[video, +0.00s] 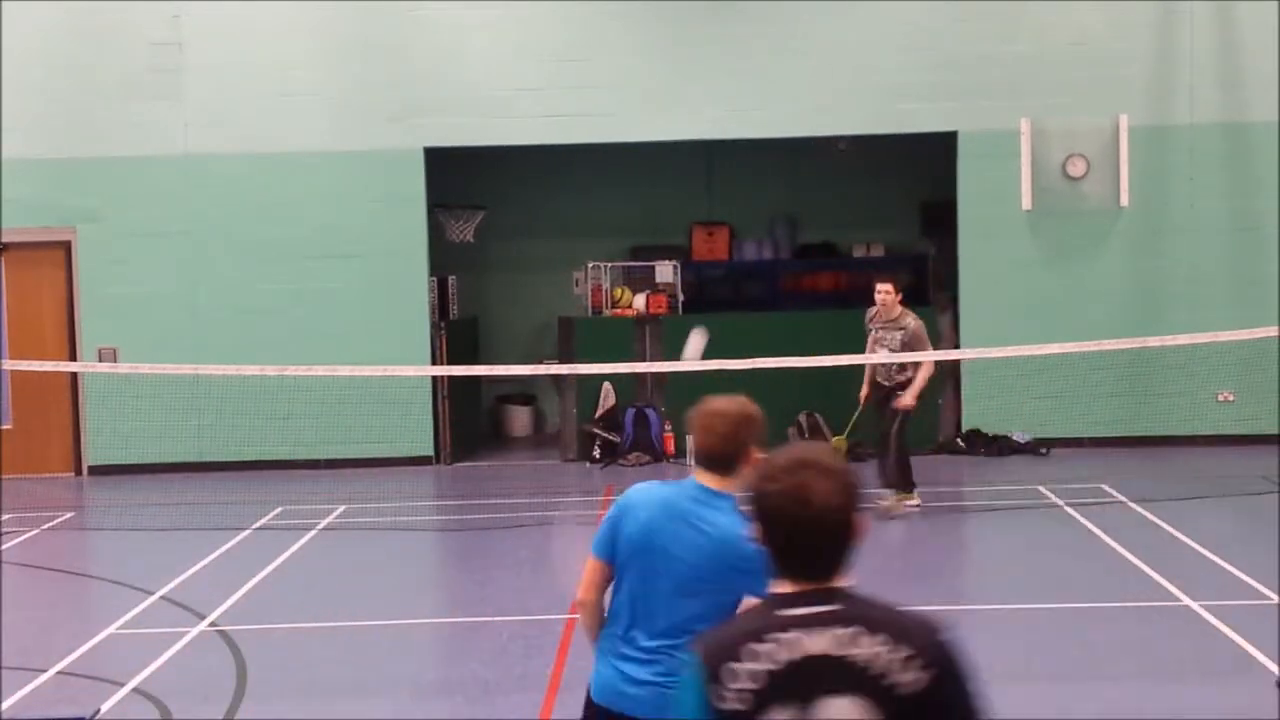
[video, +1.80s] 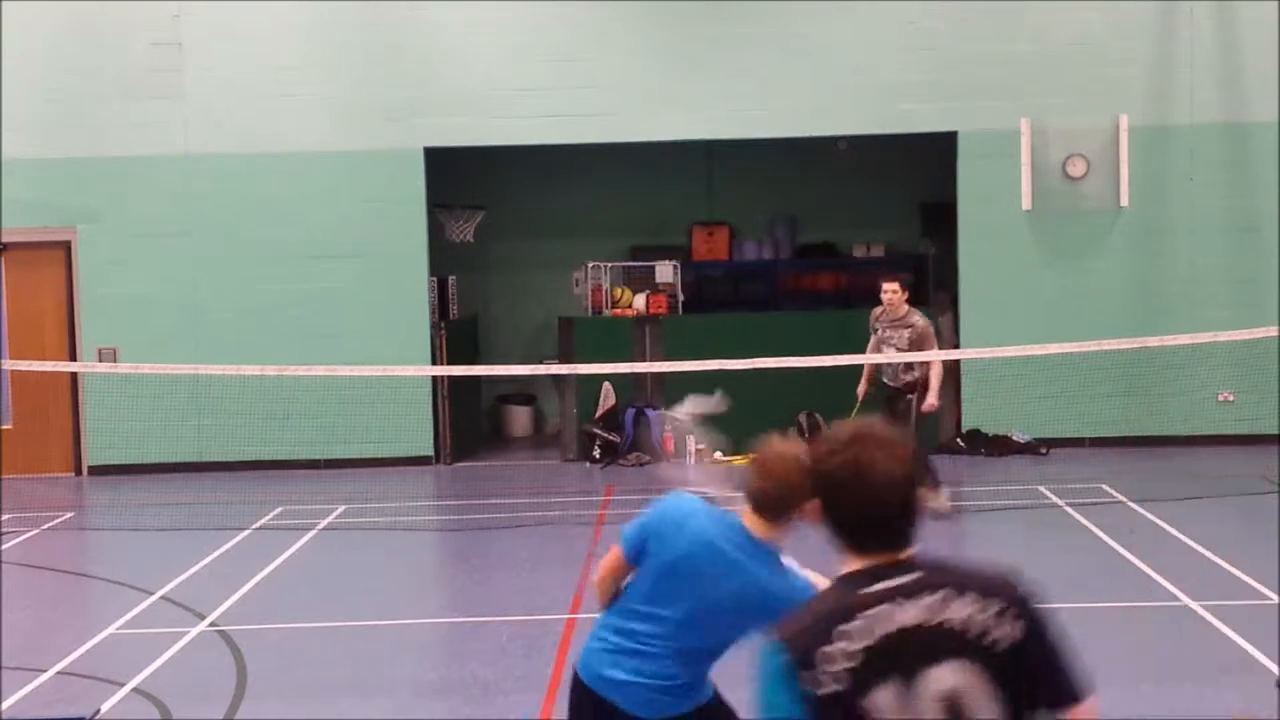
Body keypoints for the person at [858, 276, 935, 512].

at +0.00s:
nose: (881, 297)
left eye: (887, 293)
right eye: (878, 292)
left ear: (898, 297)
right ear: (874, 296)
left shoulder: (912, 325)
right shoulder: (872, 316)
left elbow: (928, 363)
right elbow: (871, 349)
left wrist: (911, 393)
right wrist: (866, 383)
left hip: (904, 386)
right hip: (880, 385)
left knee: (892, 434)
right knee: (887, 435)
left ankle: (899, 490)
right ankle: (905, 491)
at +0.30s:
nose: (902, 295)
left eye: (907, 290)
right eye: (898, 290)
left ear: (918, 294)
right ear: (894, 294)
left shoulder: (934, 323)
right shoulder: (889, 320)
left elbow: (949, 362)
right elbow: (880, 356)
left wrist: (948, 395)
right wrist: (865, 390)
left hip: (928, 390)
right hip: (899, 388)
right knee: (897, 435)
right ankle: (899, 484)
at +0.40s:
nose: (907, 290)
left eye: (912, 286)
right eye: (903, 286)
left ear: (922, 289)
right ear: (898, 290)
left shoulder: (939, 318)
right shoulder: (891, 317)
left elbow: (953, 358)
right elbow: (882, 354)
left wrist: (940, 389)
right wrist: (869, 388)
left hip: (933, 389)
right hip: (902, 388)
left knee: (938, 446)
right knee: (894, 443)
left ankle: (950, 501)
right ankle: (904, 484)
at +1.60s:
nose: (900, 282)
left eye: (904, 277)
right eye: (895, 278)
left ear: (913, 282)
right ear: (888, 285)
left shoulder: (930, 313)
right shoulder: (875, 317)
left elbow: (941, 354)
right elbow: (865, 354)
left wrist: (947, 393)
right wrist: (865, 383)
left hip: (926, 389)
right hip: (891, 391)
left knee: (934, 447)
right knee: (891, 449)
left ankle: (945, 496)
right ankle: (895, 509)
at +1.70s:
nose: (882, 298)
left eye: (887, 293)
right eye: (878, 293)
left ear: (898, 297)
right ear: (874, 296)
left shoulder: (912, 326)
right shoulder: (873, 316)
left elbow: (928, 362)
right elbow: (871, 349)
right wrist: (866, 383)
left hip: (903, 385)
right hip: (881, 384)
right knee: (887, 434)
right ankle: (898, 488)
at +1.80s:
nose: (888, 298)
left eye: (893, 292)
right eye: (885, 292)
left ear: (905, 295)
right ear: (880, 295)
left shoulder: (919, 324)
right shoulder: (877, 316)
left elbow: (935, 360)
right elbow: (874, 346)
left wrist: (933, 394)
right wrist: (864, 380)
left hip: (914, 388)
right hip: (889, 386)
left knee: (914, 441)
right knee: (891, 439)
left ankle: (932, 488)